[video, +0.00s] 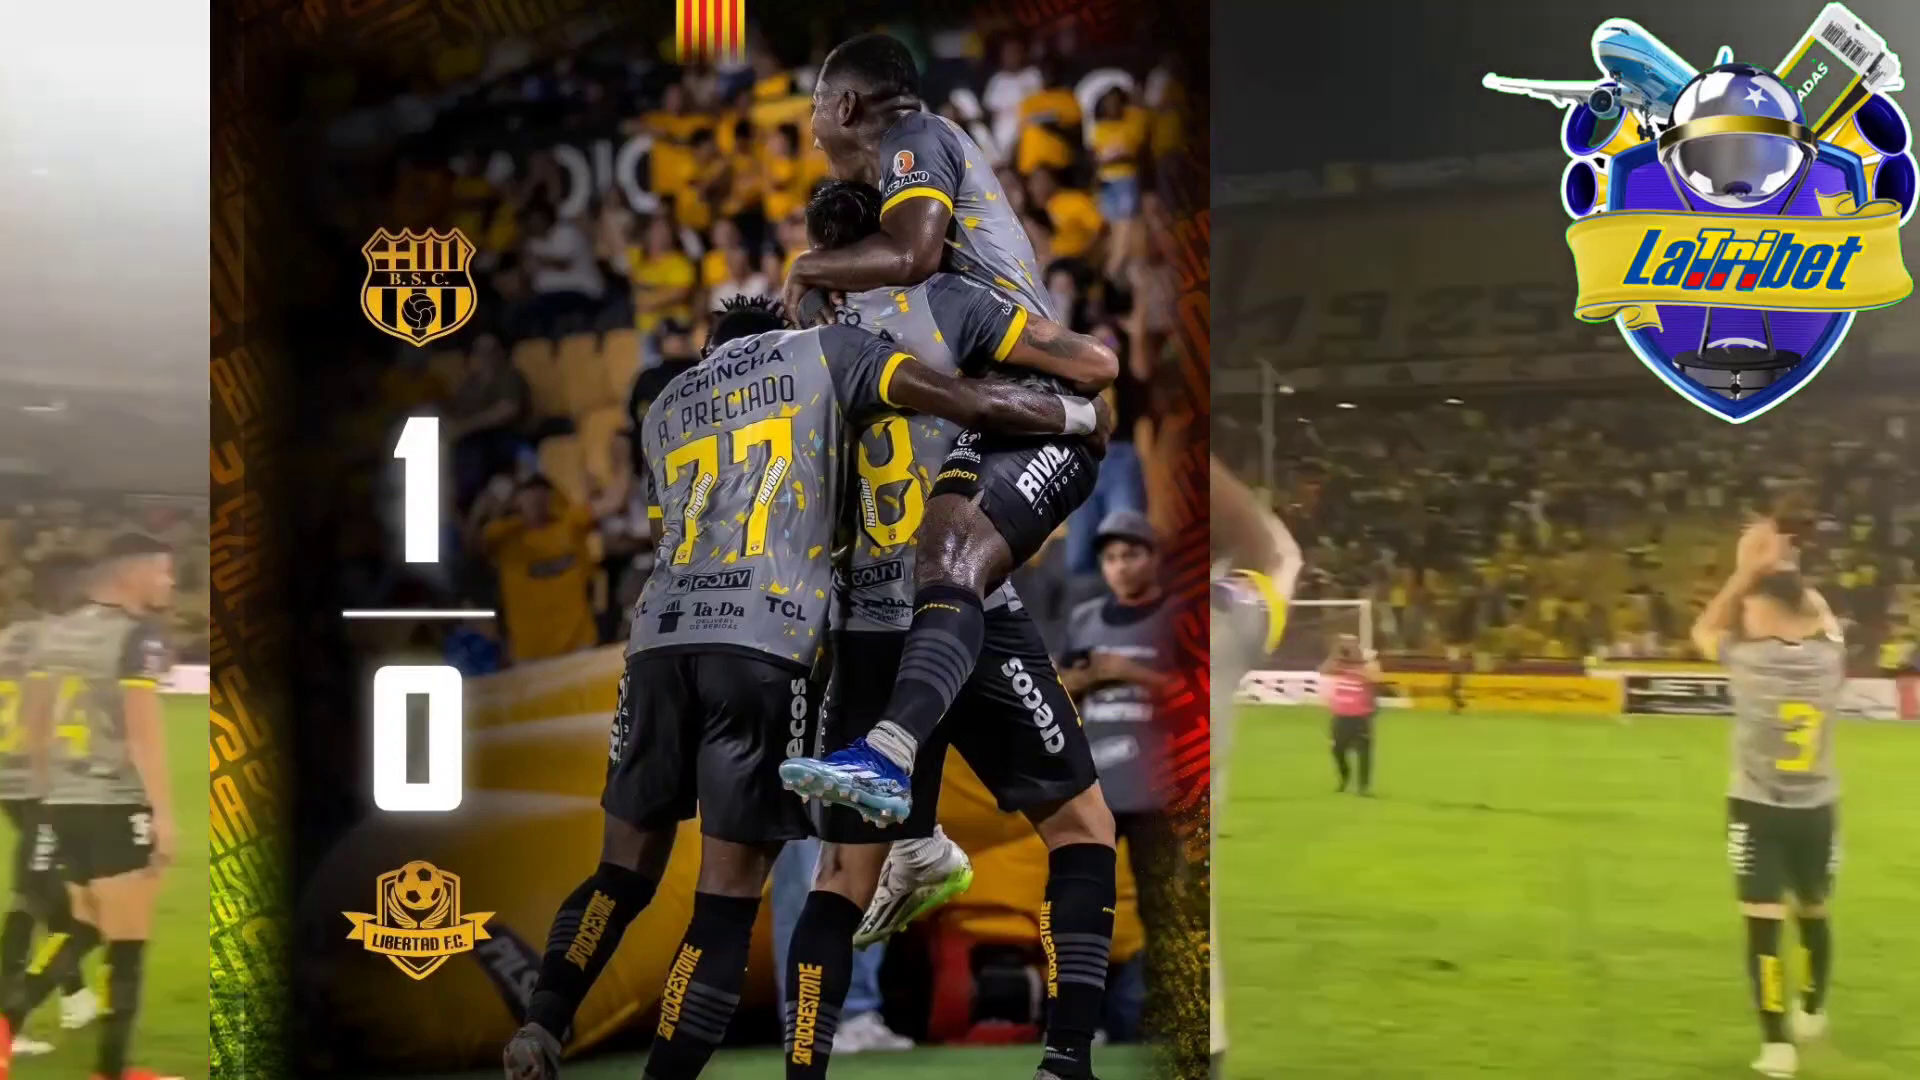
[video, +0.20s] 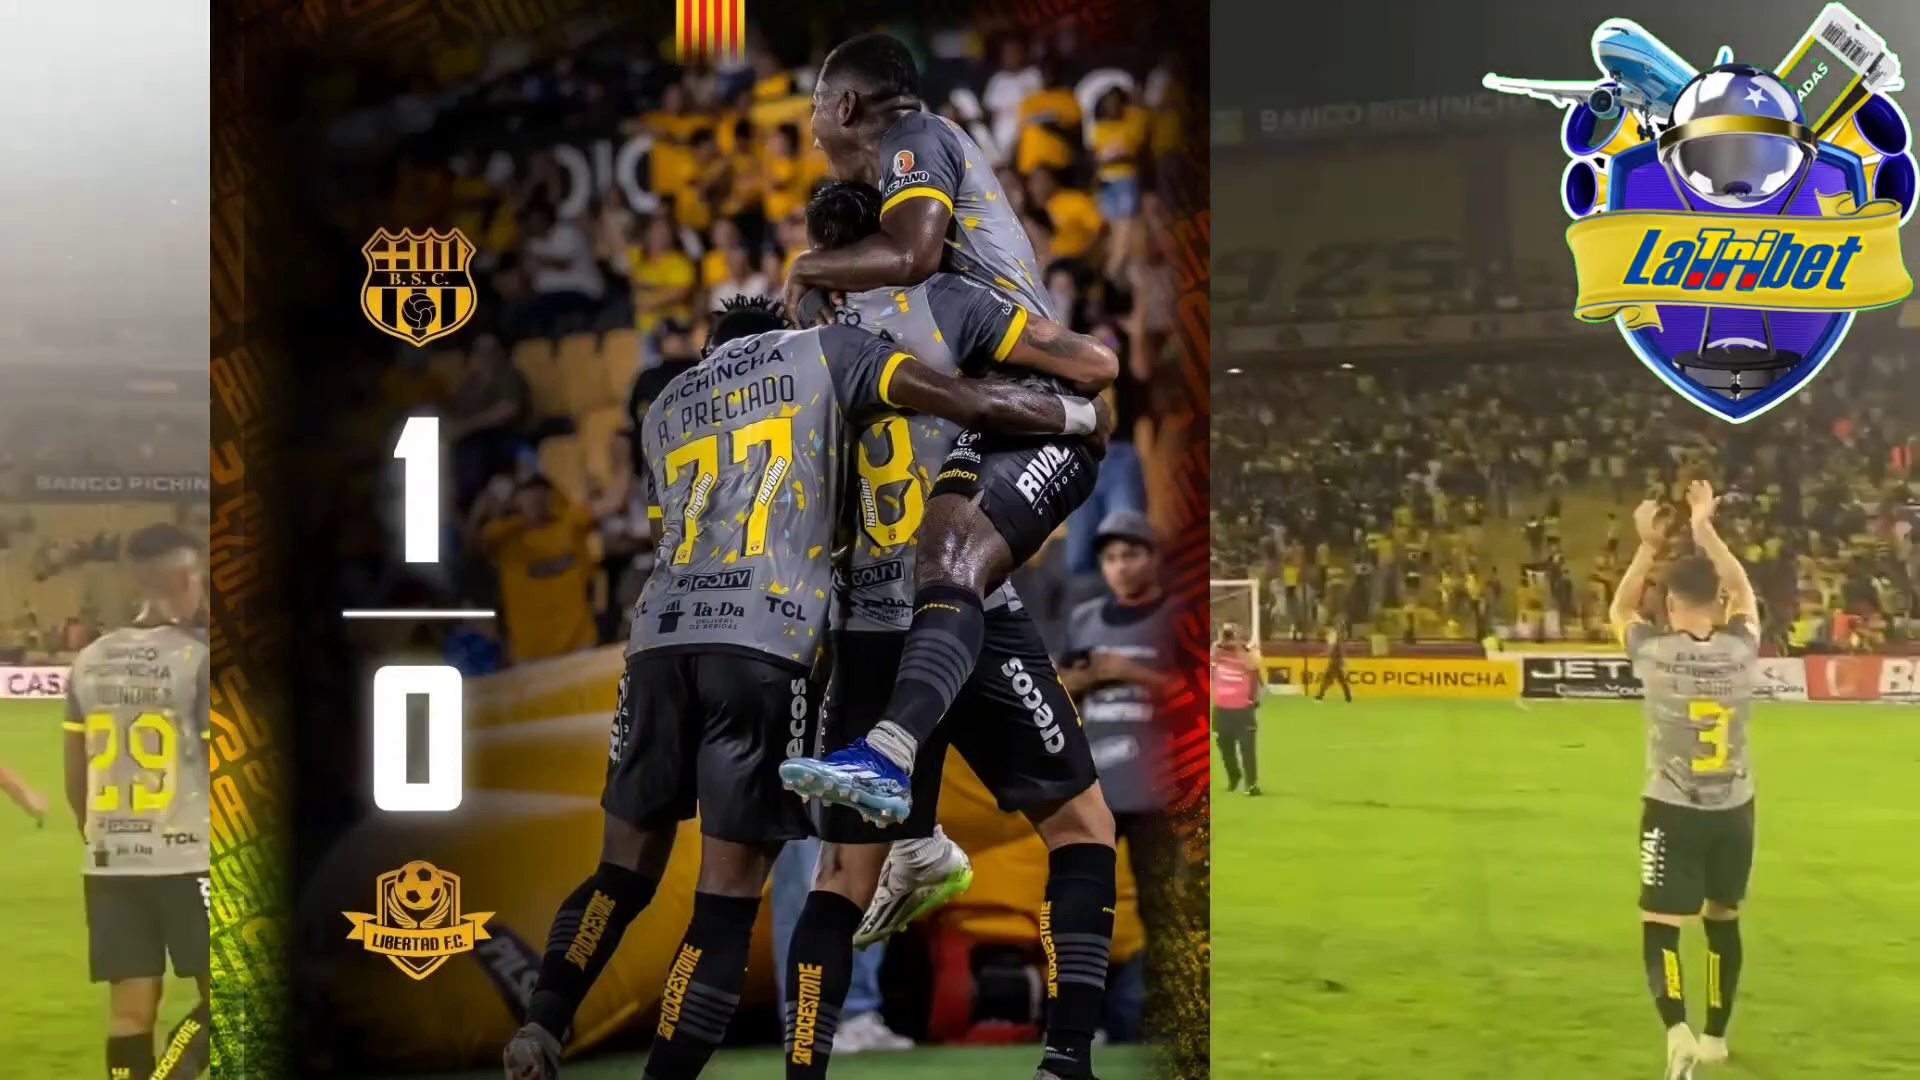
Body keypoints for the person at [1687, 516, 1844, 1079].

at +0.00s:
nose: (1743, 621)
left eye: (1749, 614)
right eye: (1748, 611)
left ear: (1761, 616)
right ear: (1803, 610)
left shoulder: (1745, 657)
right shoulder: (1830, 652)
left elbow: (1703, 629)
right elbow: (1819, 609)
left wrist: (1743, 576)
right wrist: (1790, 577)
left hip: (1756, 805)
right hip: (1815, 804)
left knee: (1762, 921)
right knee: (1814, 910)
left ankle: (1776, 1041)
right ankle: (1814, 1009)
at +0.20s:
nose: (1660, 601)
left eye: (1664, 595)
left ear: (1668, 602)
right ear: (1722, 600)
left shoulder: (1652, 652)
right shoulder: (1741, 650)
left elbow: (1623, 609)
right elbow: (1740, 588)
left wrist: (1647, 548)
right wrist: (1705, 526)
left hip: (1671, 812)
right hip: (1734, 812)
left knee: (1661, 929)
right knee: (1723, 921)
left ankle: (1676, 1030)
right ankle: (1715, 1039)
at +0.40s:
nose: (1680, 586)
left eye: (1684, 579)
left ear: (1687, 587)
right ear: (1742, 584)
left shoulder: (1669, 636)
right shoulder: (1763, 633)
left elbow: (1645, 591)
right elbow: (1776, 572)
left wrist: (1683, 531)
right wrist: (1735, 517)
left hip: (1686, 808)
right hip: (1754, 808)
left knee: (1671, 924)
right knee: (1746, 939)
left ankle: (1686, 1028)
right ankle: (1732, 1069)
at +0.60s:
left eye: (1731, 573)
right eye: (1772, 573)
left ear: (1717, 577)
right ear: (1781, 578)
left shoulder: (1698, 630)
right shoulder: (1801, 629)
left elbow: (1688, 582)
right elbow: (1821, 569)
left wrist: (1734, 526)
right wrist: (1770, 514)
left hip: (1713, 815)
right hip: (1786, 818)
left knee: (1713, 929)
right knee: (1775, 951)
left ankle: (1714, 1065)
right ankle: (1767, 1074)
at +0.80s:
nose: (1741, 571)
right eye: (1736, 563)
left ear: (1675, 567)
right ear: (1733, 571)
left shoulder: (1648, 626)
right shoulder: (1750, 626)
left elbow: (1658, 575)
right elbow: (1780, 563)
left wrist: (1689, 521)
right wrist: (1731, 498)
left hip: (1663, 811)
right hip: (1734, 814)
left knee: (1671, 933)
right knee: (1730, 951)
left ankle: (1674, 1068)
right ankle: (1712, 1072)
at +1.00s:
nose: (1622, 588)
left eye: (1574, 573)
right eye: (1615, 577)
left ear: (1564, 576)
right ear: (1613, 580)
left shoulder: (1531, 627)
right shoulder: (1630, 630)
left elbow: (1531, 583)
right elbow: (1673, 570)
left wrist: (1559, 527)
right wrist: (1630, 501)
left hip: (1544, 810)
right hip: (1618, 812)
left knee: (1545, 947)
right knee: (1639, 938)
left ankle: (1541, 1069)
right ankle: (1595, 1052)